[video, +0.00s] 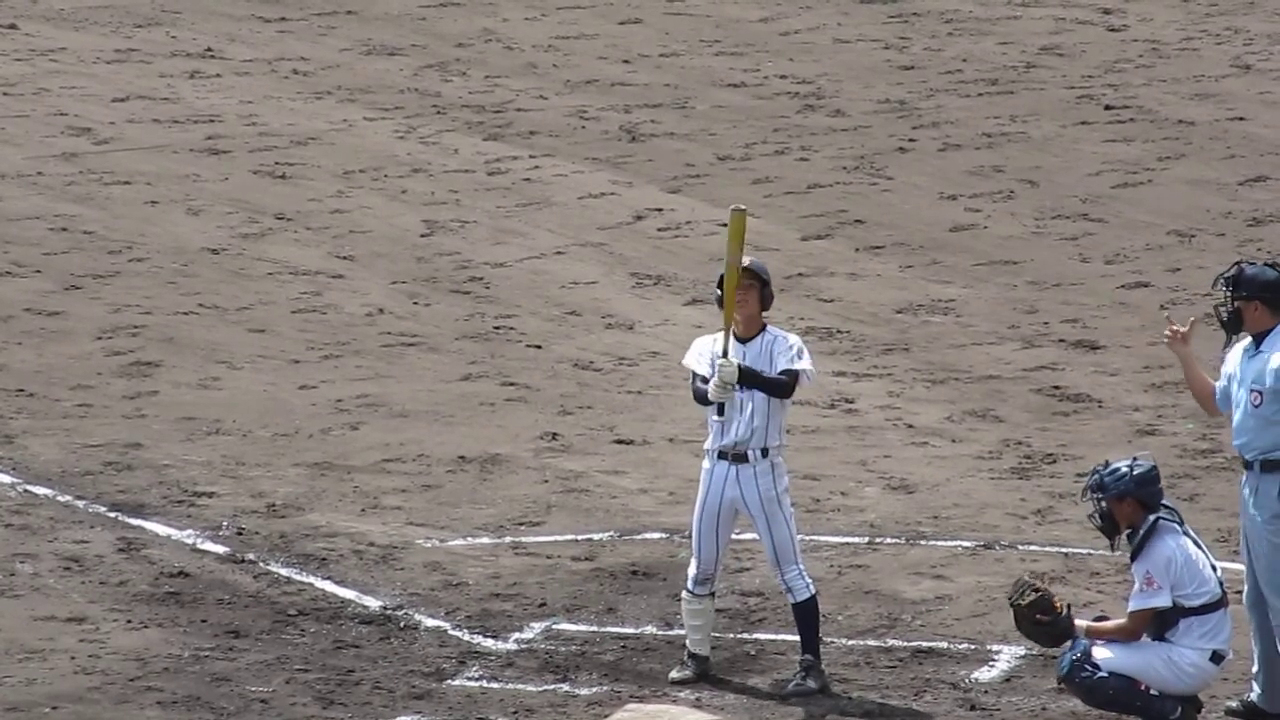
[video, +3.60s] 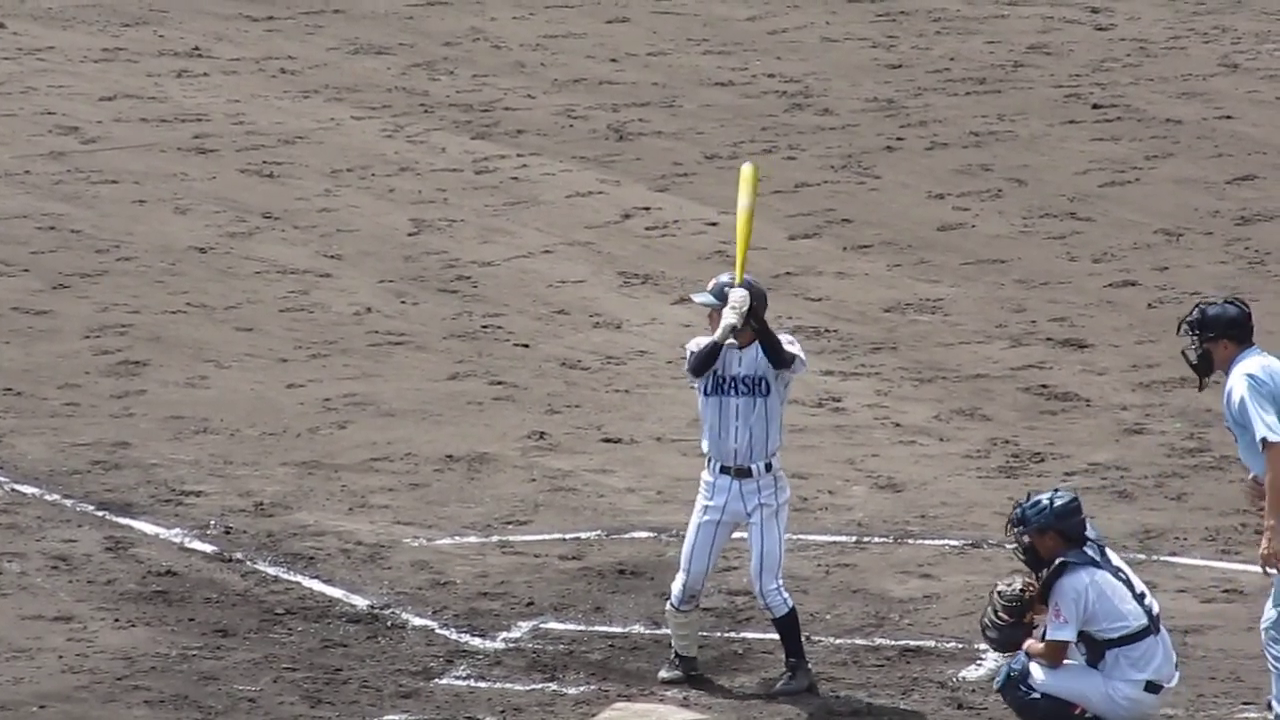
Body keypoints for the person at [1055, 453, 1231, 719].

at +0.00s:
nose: (1102, 511)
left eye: (1108, 503)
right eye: (1103, 503)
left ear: (1128, 504)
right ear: (1131, 503)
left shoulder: (1157, 549)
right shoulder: (1164, 524)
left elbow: (1133, 631)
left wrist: (1076, 627)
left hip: (1192, 662)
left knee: (1077, 666)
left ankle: (1171, 710)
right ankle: (1180, 698)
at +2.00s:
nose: (1093, 483)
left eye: (1101, 478)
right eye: (1096, 476)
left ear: (1121, 485)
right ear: (1125, 485)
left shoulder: (1132, 528)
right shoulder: (1145, 519)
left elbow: (1122, 607)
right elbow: (1143, 598)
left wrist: (1083, 598)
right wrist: (1097, 588)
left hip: (1180, 644)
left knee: (1070, 653)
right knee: (1082, 632)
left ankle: (1158, 704)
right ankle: (1164, 691)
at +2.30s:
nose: (1091, 471)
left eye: (1097, 465)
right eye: (1093, 464)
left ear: (1119, 471)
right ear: (1123, 472)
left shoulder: (1131, 510)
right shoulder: (1141, 506)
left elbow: (1122, 591)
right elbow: (1132, 586)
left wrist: (1085, 586)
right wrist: (1093, 579)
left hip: (1185, 627)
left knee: (1082, 619)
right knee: (1068, 646)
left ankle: (1126, 708)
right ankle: (1156, 691)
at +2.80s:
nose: (1075, 500)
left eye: (1081, 493)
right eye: (1077, 492)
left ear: (1103, 497)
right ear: (1105, 498)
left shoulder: (1122, 539)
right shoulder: (1129, 529)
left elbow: (1106, 619)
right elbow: (1117, 609)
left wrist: (1065, 612)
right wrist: (1071, 595)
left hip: (1177, 652)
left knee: (1066, 647)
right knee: (1083, 639)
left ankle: (1099, 714)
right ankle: (1159, 703)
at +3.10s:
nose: (1061, 523)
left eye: (1067, 516)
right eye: (1062, 515)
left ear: (1088, 520)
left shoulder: (1102, 562)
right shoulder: (1125, 542)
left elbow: (1083, 639)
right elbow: (1113, 620)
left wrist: (1049, 634)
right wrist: (1070, 609)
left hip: (1155, 685)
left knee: (1040, 661)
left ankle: (1093, 714)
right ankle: (1145, 711)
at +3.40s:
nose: (1040, 538)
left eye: (1044, 530)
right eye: (1040, 530)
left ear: (1064, 531)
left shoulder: (1081, 574)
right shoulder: (1108, 548)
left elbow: (1061, 648)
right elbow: (1098, 626)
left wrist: (1031, 639)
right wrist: (1051, 609)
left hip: (1138, 694)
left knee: (1022, 671)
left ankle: (1090, 714)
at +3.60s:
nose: (1027, 544)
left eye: (1032, 537)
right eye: (1027, 537)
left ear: (1052, 538)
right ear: (1074, 530)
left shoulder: (1068, 583)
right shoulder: (1097, 550)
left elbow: (1052, 657)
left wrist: (1026, 643)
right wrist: (1034, 605)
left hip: (1133, 697)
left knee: (1016, 677)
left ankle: (1079, 712)